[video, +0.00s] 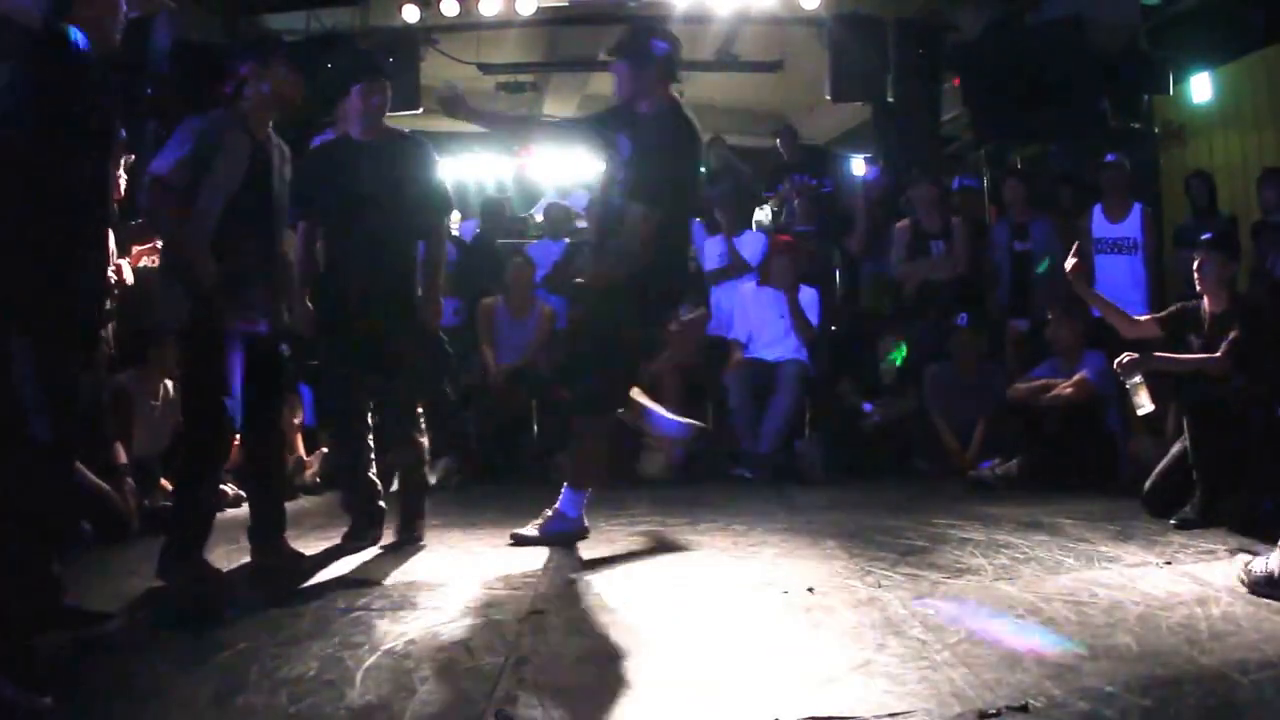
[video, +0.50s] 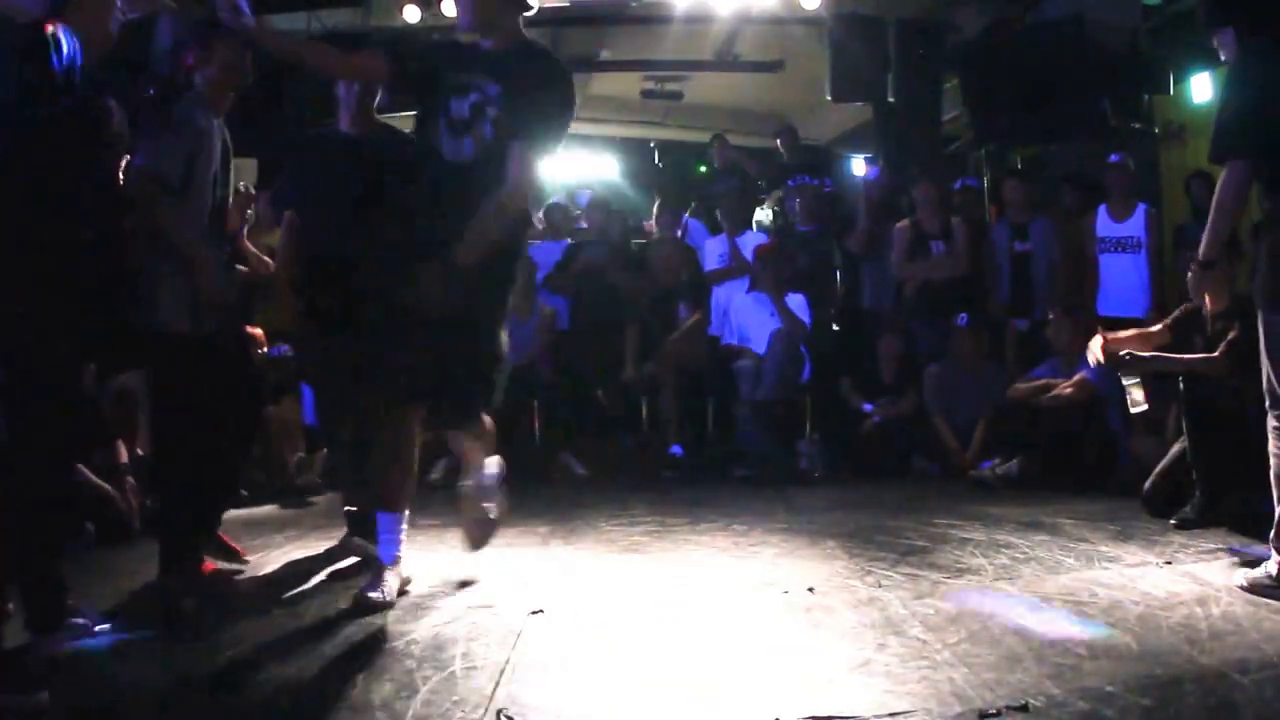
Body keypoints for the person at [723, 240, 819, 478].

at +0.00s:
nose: (784, 267)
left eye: (788, 261)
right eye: (779, 261)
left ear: (796, 265)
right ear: (768, 264)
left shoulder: (807, 295)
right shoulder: (749, 292)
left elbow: (807, 336)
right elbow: (739, 339)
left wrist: (791, 299)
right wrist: (735, 363)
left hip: (789, 358)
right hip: (756, 356)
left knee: (791, 376)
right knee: (735, 378)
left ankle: (764, 454)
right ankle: (748, 451)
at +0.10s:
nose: (776, 265)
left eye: (782, 259)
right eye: (772, 259)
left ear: (791, 264)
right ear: (764, 262)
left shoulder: (803, 296)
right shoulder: (746, 294)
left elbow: (805, 336)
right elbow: (738, 336)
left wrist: (787, 297)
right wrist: (739, 354)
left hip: (787, 357)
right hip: (755, 355)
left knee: (789, 376)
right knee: (737, 375)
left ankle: (765, 451)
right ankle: (748, 448)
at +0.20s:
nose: (771, 265)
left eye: (775, 260)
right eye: (767, 260)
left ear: (784, 263)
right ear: (760, 263)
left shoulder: (800, 297)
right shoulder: (744, 296)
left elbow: (803, 337)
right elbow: (737, 337)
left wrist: (781, 297)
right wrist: (742, 354)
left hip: (788, 354)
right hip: (756, 353)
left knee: (784, 369)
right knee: (741, 369)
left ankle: (766, 451)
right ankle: (746, 449)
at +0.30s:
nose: (769, 266)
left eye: (774, 260)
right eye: (764, 260)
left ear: (783, 264)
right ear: (756, 264)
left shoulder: (798, 298)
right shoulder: (741, 298)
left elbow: (802, 337)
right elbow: (735, 338)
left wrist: (780, 300)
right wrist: (747, 354)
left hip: (786, 355)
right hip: (755, 355)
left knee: (781, 366)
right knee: (742, 368)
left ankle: (770, 446)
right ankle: (746, 449)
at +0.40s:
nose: (769, 270)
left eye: (774, 264)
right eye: (764, 264)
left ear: (784, 268)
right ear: (757, 268)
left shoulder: (797, 300)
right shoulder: (740, 300)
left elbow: (800, 335)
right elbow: (732, 341)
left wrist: (776, 296)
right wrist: (756, 358)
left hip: (788, 357)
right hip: (753, 357)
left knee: (780, 351)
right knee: (743, 367)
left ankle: (764, 435)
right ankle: (746, 439)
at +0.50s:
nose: (770, 270)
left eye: (774, 264)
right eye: (764, 265)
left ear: (784, 267)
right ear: (756, 268)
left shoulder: (796, 300)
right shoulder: (740, 302)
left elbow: (800, 334)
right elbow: (728, 344)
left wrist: (775, 295)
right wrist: (753, 353)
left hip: (788, 361)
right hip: (752, 359)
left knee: (782, 338)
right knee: (746, 366)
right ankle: (752, 447)